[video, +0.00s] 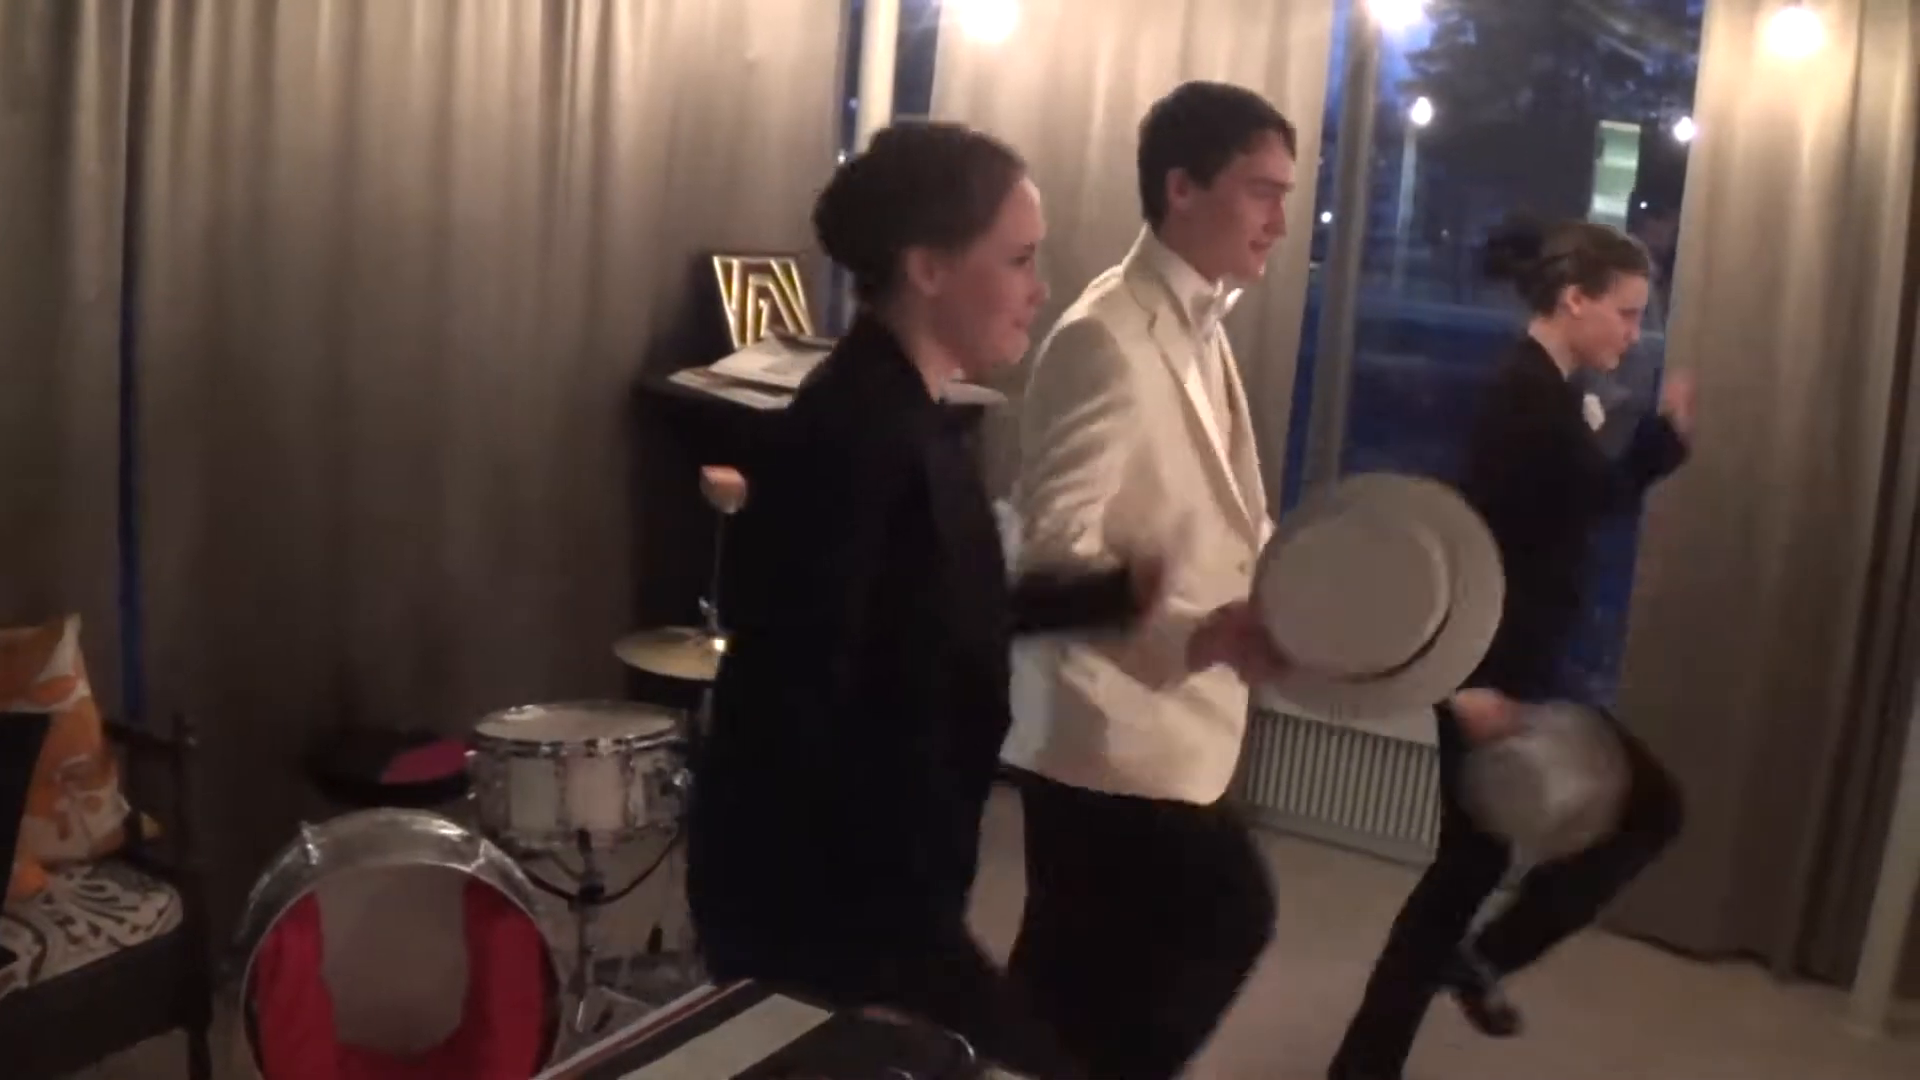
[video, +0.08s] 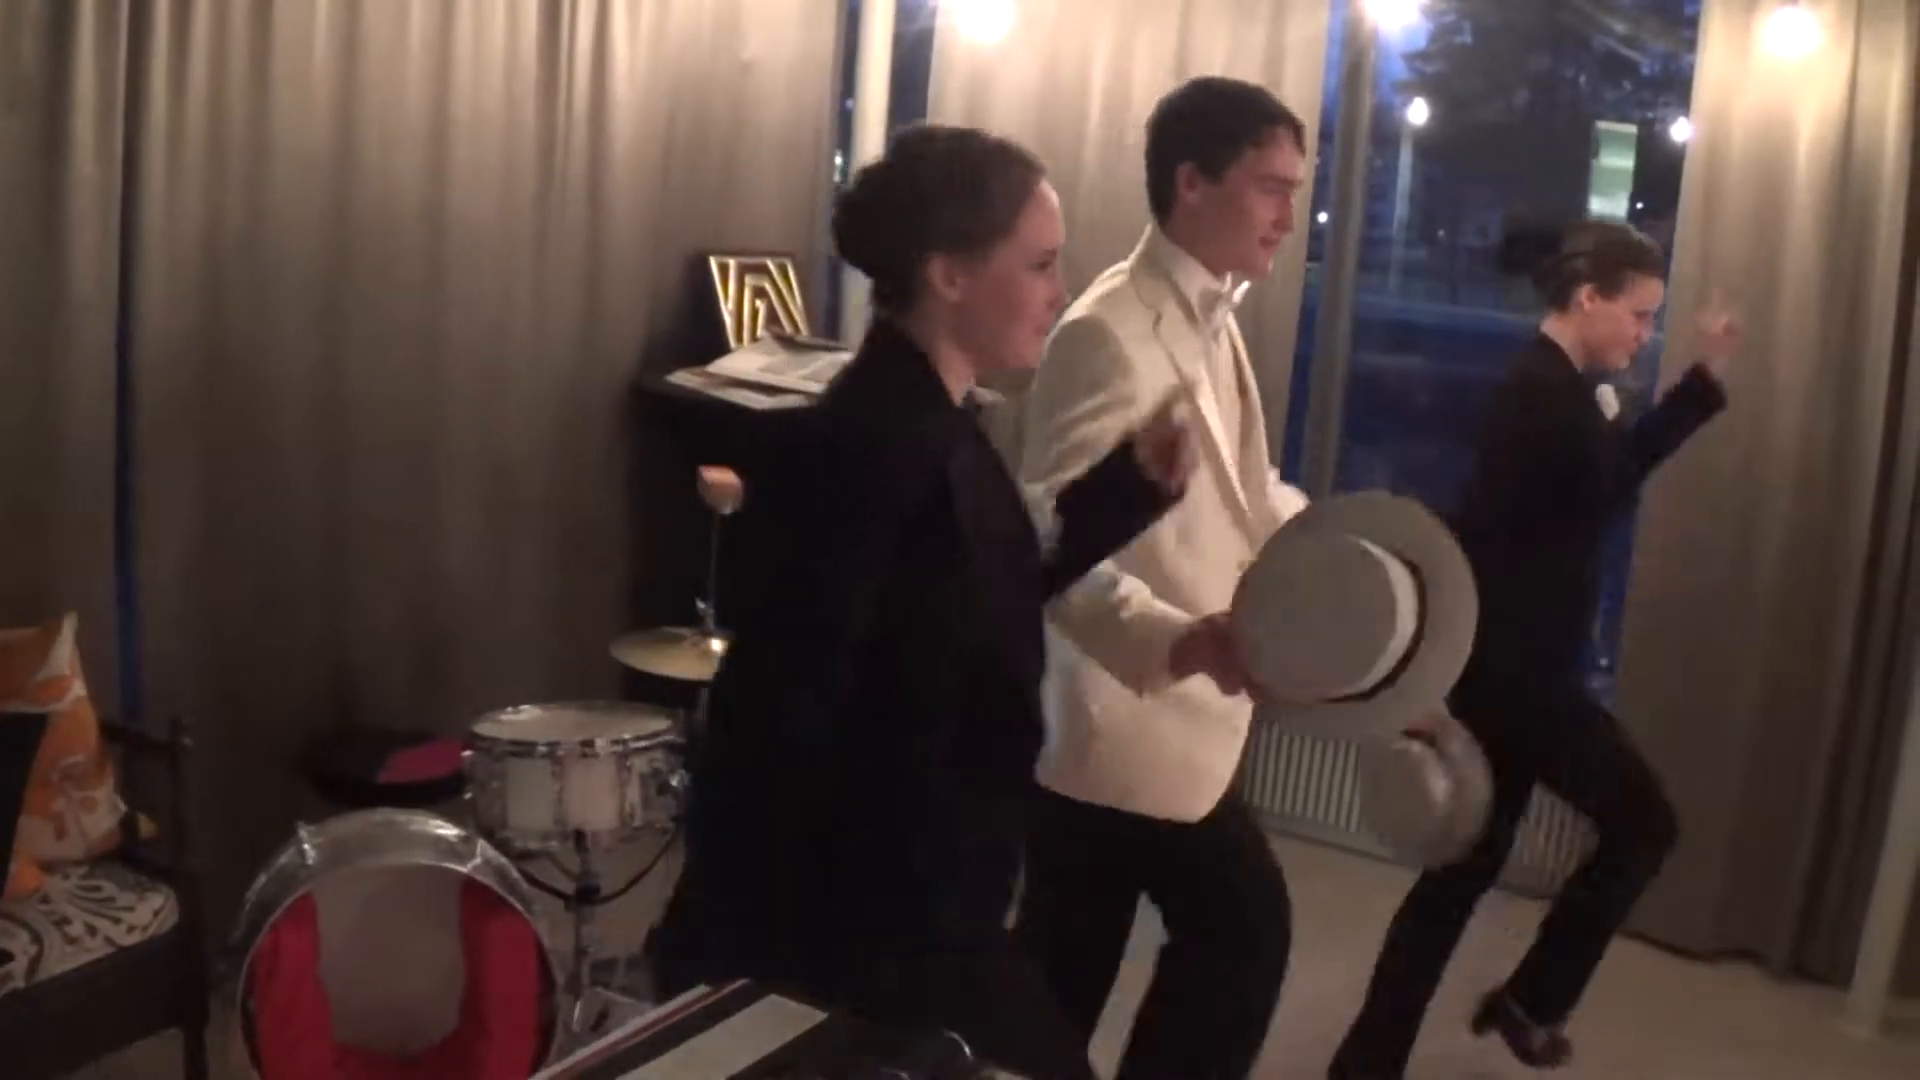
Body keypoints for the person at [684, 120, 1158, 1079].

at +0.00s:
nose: (1038, 292)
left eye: (1035, 262)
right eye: (1018, 262)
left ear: (927, 272)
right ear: (924, 270)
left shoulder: (917, 416)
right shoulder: (846, 433)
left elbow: (940, 617)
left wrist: (1106, 599)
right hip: (830, 918)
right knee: (1045, 1061)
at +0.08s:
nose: (1060, 294)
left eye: (1057, 266)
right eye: (1040, 267)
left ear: (951, 282)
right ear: (946, 278)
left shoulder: (943, 425)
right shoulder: (856, 450)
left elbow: (993, 594)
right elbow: (769, 725)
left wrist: (1134, 486)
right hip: (880, 917)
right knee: (1057, 1062)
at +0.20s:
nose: (1094, 309)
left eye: (1089, 281)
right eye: (1074, 284)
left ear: (981, 303)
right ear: (981, 300)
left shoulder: (964, 438)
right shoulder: (934, 463)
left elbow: (1041, 595)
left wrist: (1167, 488)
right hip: (958, 923)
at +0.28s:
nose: (1115, 309)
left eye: (1110, 280)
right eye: (1094, 283)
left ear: (1000, 301)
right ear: (1002, 299)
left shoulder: (976, 427)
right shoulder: (960, 461)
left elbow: (1044, 601)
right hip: (969, 912)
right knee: (1198, 906)